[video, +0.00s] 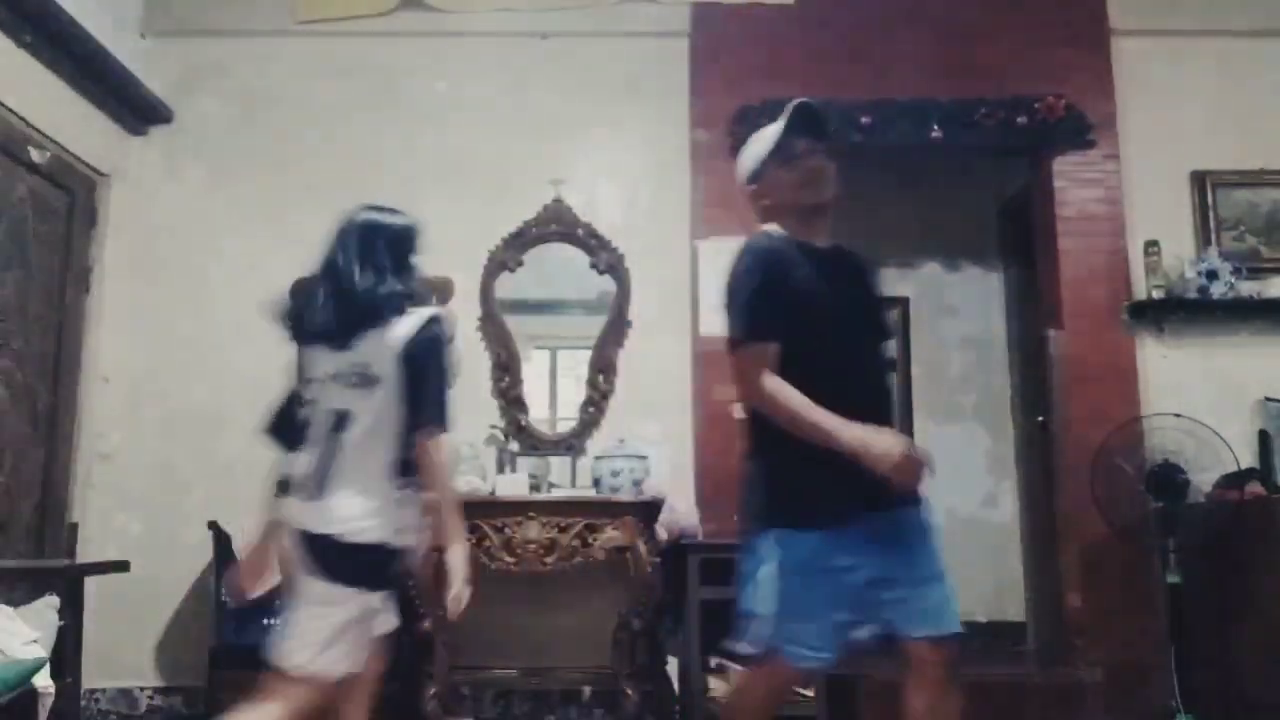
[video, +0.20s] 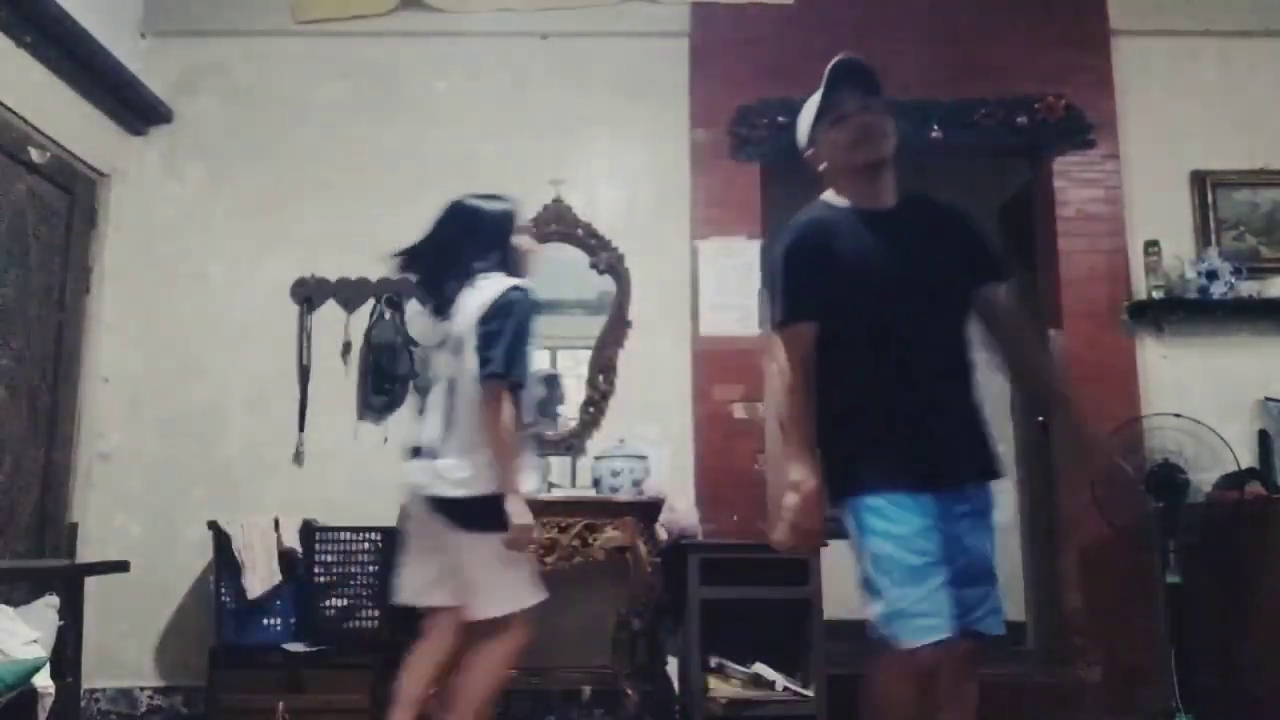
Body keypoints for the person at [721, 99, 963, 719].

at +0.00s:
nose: (813, 163)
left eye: (819, 152)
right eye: (792, 158)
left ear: (836, 168)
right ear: (761, 190)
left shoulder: (851, 267)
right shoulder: (763, 260)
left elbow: (856, 381)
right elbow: (755, 380)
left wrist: (889, 458)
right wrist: (860, 440)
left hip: (884, 504)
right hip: (802, 513)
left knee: (932, 654)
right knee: (781, 669)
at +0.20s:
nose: (862, 121)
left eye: (870, 107)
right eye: (839, 117)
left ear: (894, 123)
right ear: (817, 153)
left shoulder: (945, 223)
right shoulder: (808, 240)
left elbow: (1013, 328)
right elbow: (791, 365)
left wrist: (1072, 422)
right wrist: (796, 471)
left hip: (959, 460)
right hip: (873, 470)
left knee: (963, 646)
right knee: (918, 643)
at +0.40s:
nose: (896, 114)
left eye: (907, 101)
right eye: (874, 110)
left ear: (933, 119)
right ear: (850, 146)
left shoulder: (1001, 215)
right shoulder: (839, 244)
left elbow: (1103, 307)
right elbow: (797, 370)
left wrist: (1203, 365)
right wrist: (782, 485)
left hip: (1026, 474)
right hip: (930, 492)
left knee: (996, 656)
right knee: (1022, 667)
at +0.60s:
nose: (923, 88)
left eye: (935, 73)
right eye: (899, 81)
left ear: (962, 92)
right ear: (870, 112)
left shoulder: (1032, 192)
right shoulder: (853, 231)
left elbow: (1119, 313)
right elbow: (850, 377)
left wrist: (1199, 424)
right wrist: (865, 494)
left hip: (1067, 482)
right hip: (947, 505)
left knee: (1143, 684)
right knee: (1020, 698)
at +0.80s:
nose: (921, 45)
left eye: (941, 32)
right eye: (899, 34)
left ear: (967, 59)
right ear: (869, 68)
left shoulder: (1032, 153)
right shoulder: (839, 188)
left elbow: (1088, 294)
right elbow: (821, 319)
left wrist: (1120, 433)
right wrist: (894, 343)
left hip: (1043, 457)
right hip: (923, 479)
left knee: (1056, 665)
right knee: (973, 691)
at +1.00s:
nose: (893, 44)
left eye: (917, 33)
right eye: (872, 30)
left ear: (942, 63)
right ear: (838, 64)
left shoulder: (1002, 160)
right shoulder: (802, 193)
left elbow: (1066, 309)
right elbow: (779, 327)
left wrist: (1120, 456)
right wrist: (816, 374)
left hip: (994, 481)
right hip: (872, 494)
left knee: (983, 692)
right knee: (907, 699)